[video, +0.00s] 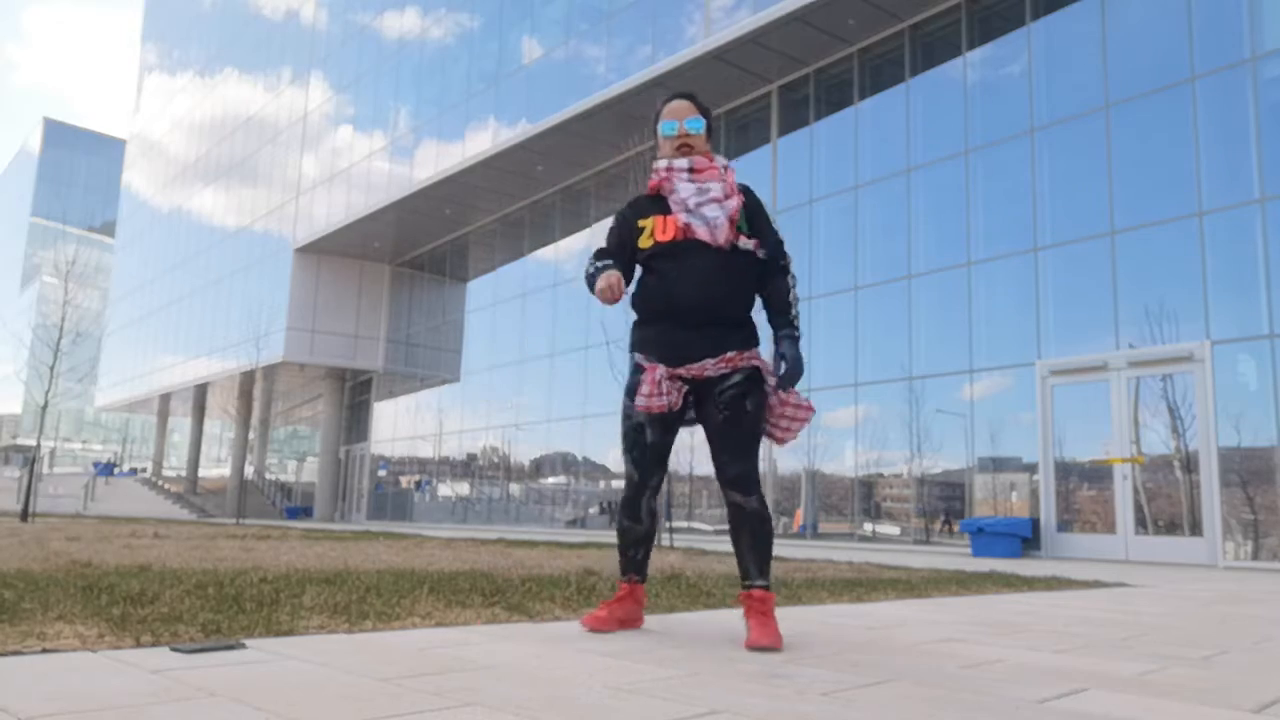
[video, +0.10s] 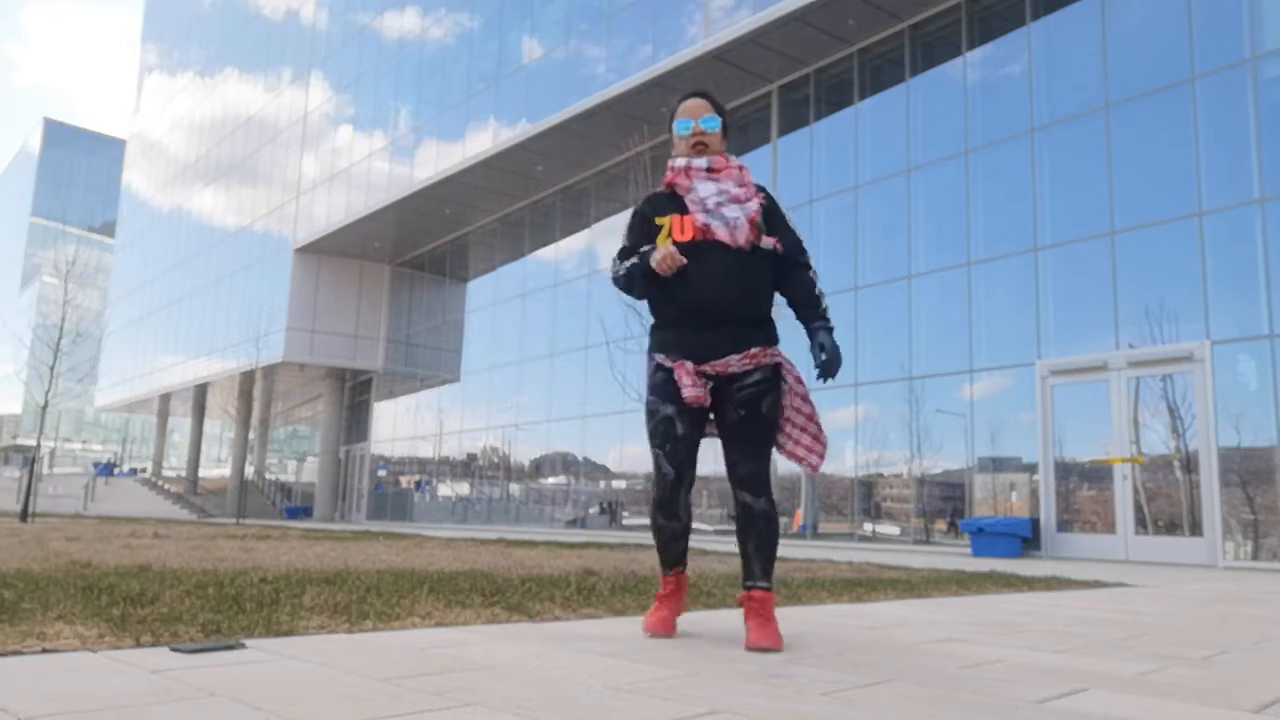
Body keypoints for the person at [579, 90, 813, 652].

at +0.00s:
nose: (680, 135)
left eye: (690, 126)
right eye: (670, 127)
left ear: (708, 136)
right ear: (657, 139)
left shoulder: (741, 203)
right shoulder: (641, 208)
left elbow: (775, 273)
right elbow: (610, 257)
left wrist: (787, 340)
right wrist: (605, 275)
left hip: (729, 360)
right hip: (657, 363)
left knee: (741, 481)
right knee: (641, 478)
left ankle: (758, 604)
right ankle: (629, 594)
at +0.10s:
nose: (698, 132)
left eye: (708, 123)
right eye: (686, 124)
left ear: (725, 134)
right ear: (672, 139)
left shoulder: (757, 204)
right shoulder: (655, 210)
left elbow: (795, 270)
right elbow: (623, 278)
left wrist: (819, 328)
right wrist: (649, 265)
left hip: (747, 359)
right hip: (675, 362)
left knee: (751, 482)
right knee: (670, 475)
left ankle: (759, 604)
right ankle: (671, 586)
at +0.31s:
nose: (714, 138)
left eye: (724, 129)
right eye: (703, 130)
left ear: (741, 137)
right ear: (689, 140)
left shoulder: (769, 205)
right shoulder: (673, 205)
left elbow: (809, 273)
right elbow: (660, 271)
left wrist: (849, 327)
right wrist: (737, 251)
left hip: (775, 358)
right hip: (704, 363)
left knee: (771, 479)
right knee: (727, 471)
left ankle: (764, 603)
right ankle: (724, 591)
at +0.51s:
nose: (723, 129)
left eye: (733, 120)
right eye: (712, 121)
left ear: (750, 130)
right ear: (696, 134)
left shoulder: (781, 199)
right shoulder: (680, 202)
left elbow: (812, 277)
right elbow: (666, 267)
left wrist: (839, 346)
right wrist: (747, 251)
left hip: (774, 357)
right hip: (700, 359)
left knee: (769, 482)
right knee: (675, 471)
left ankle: (762, 604)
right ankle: (666, 580)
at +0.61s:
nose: (723, 127)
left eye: (732, 117)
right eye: (711, 119)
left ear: (750, 127)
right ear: (696, 132)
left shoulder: (781, 200)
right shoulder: (680, 200)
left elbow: (812, 278)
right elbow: (662, 265)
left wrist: (842, 343)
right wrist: (739, 248)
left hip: (771, 357)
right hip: (694, 357)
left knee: (764, 482)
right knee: (648, 464)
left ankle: (762, 606)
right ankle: (602, 578)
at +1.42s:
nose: (736, 132)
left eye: (746, 122)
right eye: (724, 125)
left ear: (764, 129)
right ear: (710, 137)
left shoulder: (804, 199)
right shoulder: (699, 209)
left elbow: (855, 261)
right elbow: (675, 276)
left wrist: (913, 302)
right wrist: (742, 253)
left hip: (787, 362)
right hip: (710, 359)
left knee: (772, 486)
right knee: (667, 462)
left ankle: (762, 609)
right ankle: (628, 570)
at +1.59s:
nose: (743, 132)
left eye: (753, 122)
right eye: (730, 125)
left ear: (770, 132)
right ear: (715, 138)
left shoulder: (808, 201)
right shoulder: (700, 207)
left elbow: (855, 264)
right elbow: (677, 273)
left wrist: (908, 292)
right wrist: (747, 253)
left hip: (794, 355)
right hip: (720, 354)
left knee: (778, 482)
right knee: (734, 452)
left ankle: (763, 607)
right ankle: (707, 573)